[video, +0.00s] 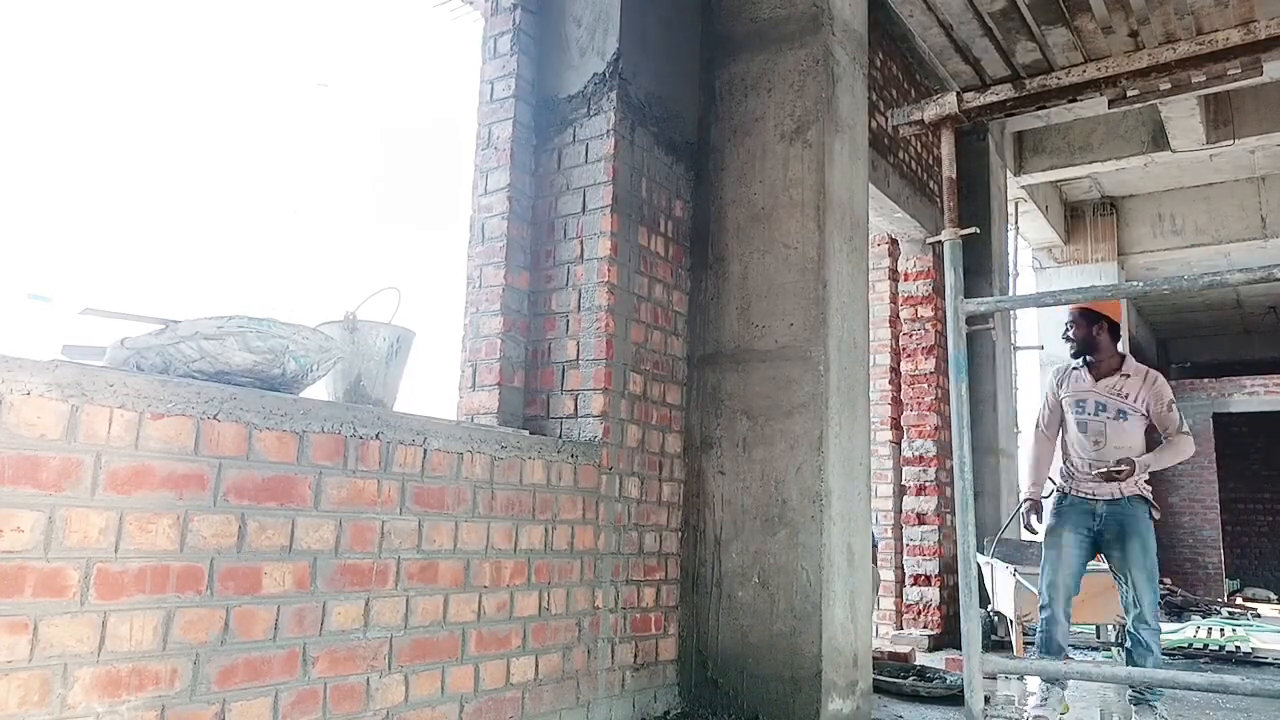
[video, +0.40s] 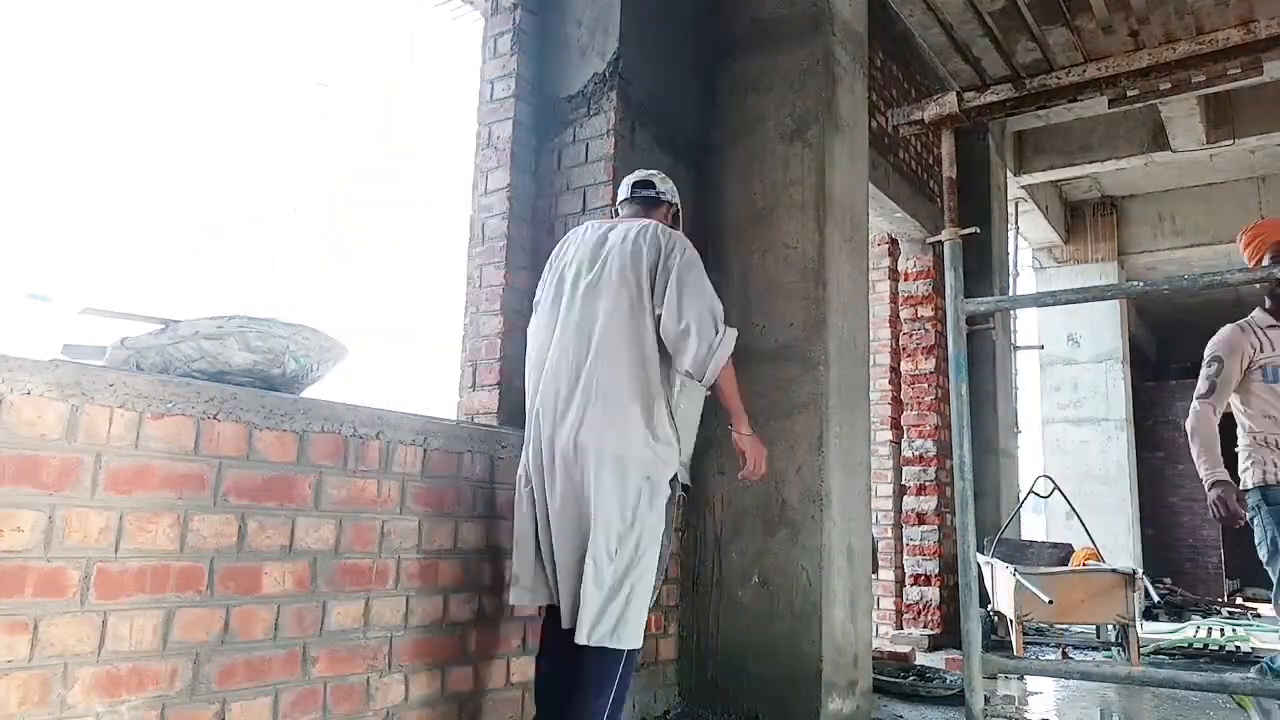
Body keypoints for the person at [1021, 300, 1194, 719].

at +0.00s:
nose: (1066, 333)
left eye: (1073, 325)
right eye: (1067, 325)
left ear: (1101, 328)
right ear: (1092, 330)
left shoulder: (1149, 382)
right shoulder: (1064, 379)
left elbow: (1184, 442)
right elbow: (1044, 436)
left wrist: (1142, 463)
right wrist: (1031, 492)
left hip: (1128, 505)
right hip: (1071, 503)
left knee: (1143, 606)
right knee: (1054, 598)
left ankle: (1145, 703)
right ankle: (1049, 693)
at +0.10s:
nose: (1104, 327)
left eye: (1112, 319)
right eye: (1105, 319)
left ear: (1139, 324)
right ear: (1129, 325)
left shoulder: (1172, 381)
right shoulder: (1101, 379)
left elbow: (1195, 448)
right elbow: (1083, 438)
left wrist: (1122, 457)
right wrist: (1065, 495)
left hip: (1139, 503)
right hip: (1089, 499)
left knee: (1145, 606)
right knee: (1074, 591)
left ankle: (1148, 699)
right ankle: (1075, 687)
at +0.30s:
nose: (1181, 308)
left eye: (1190, 300)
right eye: (1169, 298)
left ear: (1199, 309)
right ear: (1147, 305)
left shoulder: (1206, 375)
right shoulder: (1126, 361)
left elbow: (1211, 433)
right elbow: (1113, 430)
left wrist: (1222, 450)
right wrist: (1116, 502)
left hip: (1207, 509)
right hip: (1149, 508)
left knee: (1221, 616)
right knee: (1121, 614)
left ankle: (1213, 711)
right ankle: (1089, 703)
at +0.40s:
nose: (1278, 270)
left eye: (1278, 260)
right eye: (1273, 262)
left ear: (1272, 268)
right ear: (1258, 272)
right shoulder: (1237, 338)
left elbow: (1202, 412)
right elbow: (1201, 412)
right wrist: (1216, 479)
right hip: (1269, 489)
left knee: (1275, 605)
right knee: (1278, 602)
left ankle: (1267, 694)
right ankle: (1268, 696)